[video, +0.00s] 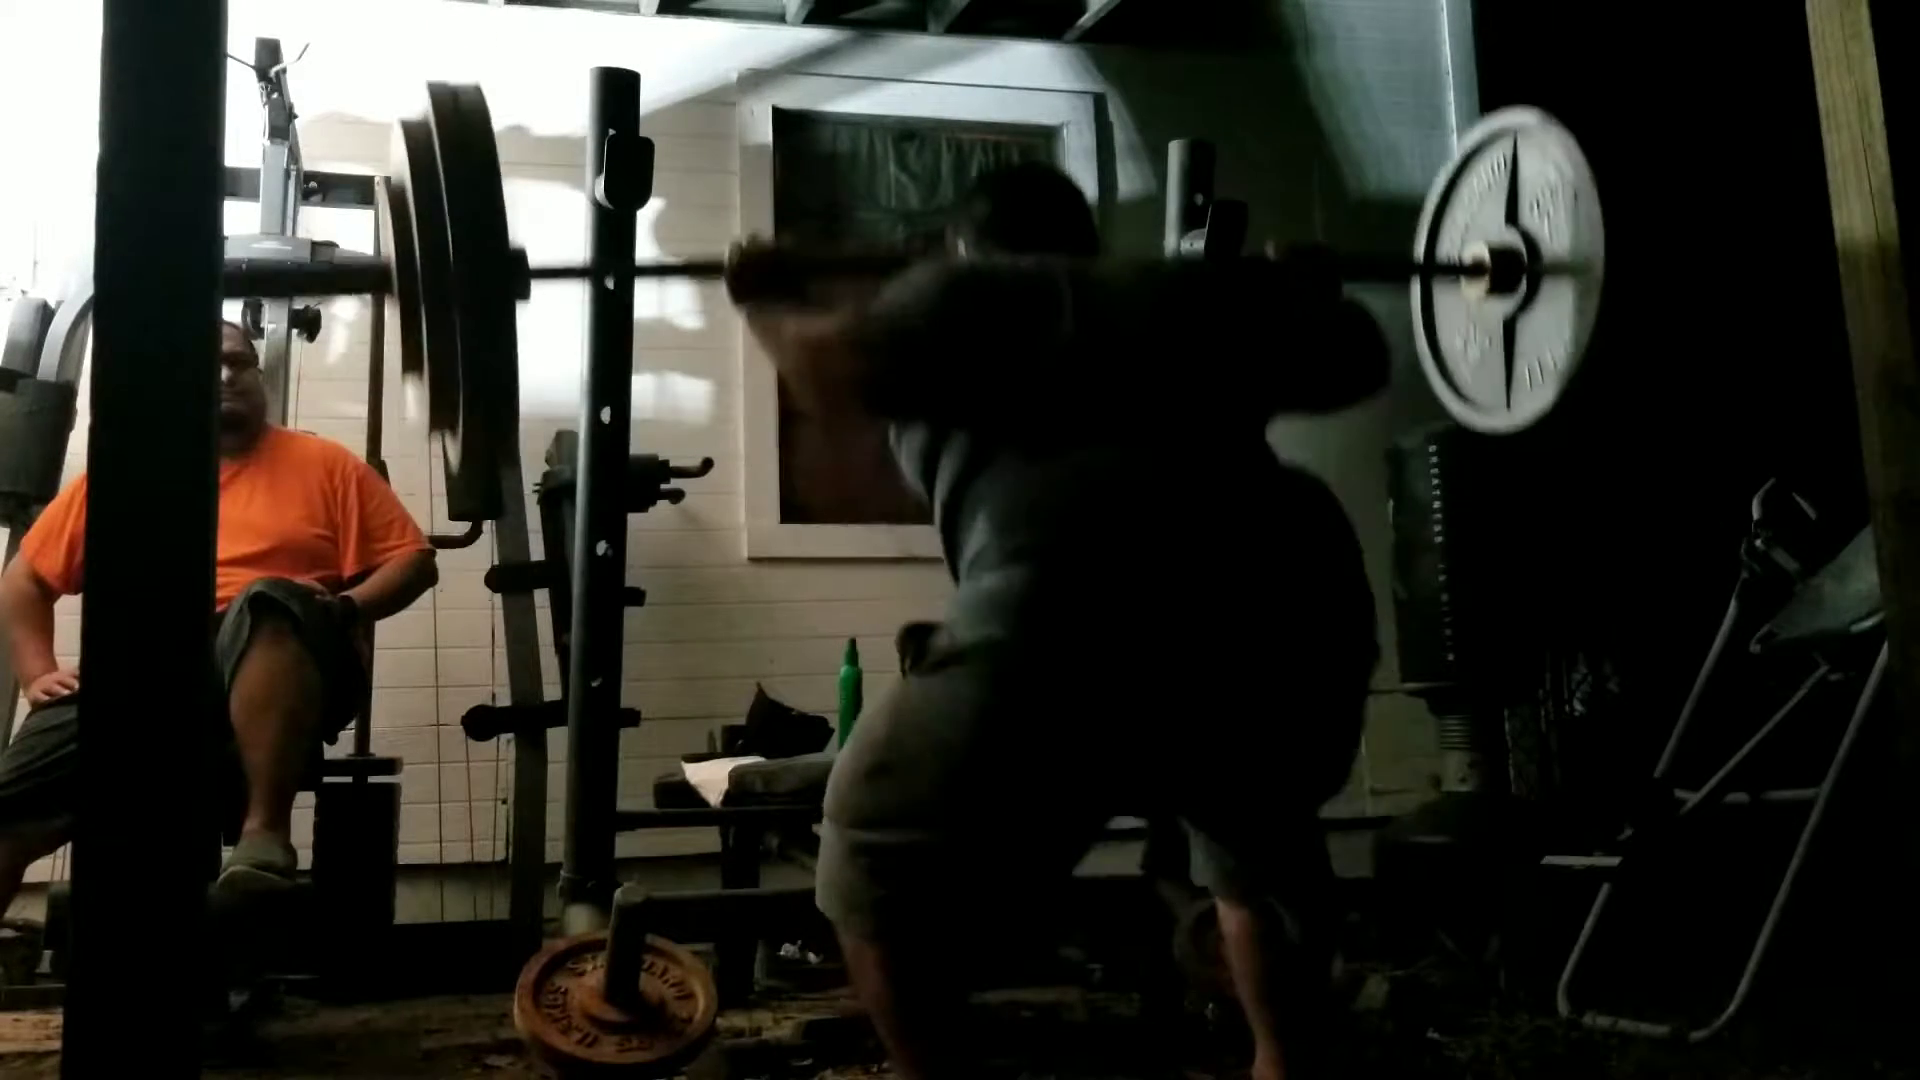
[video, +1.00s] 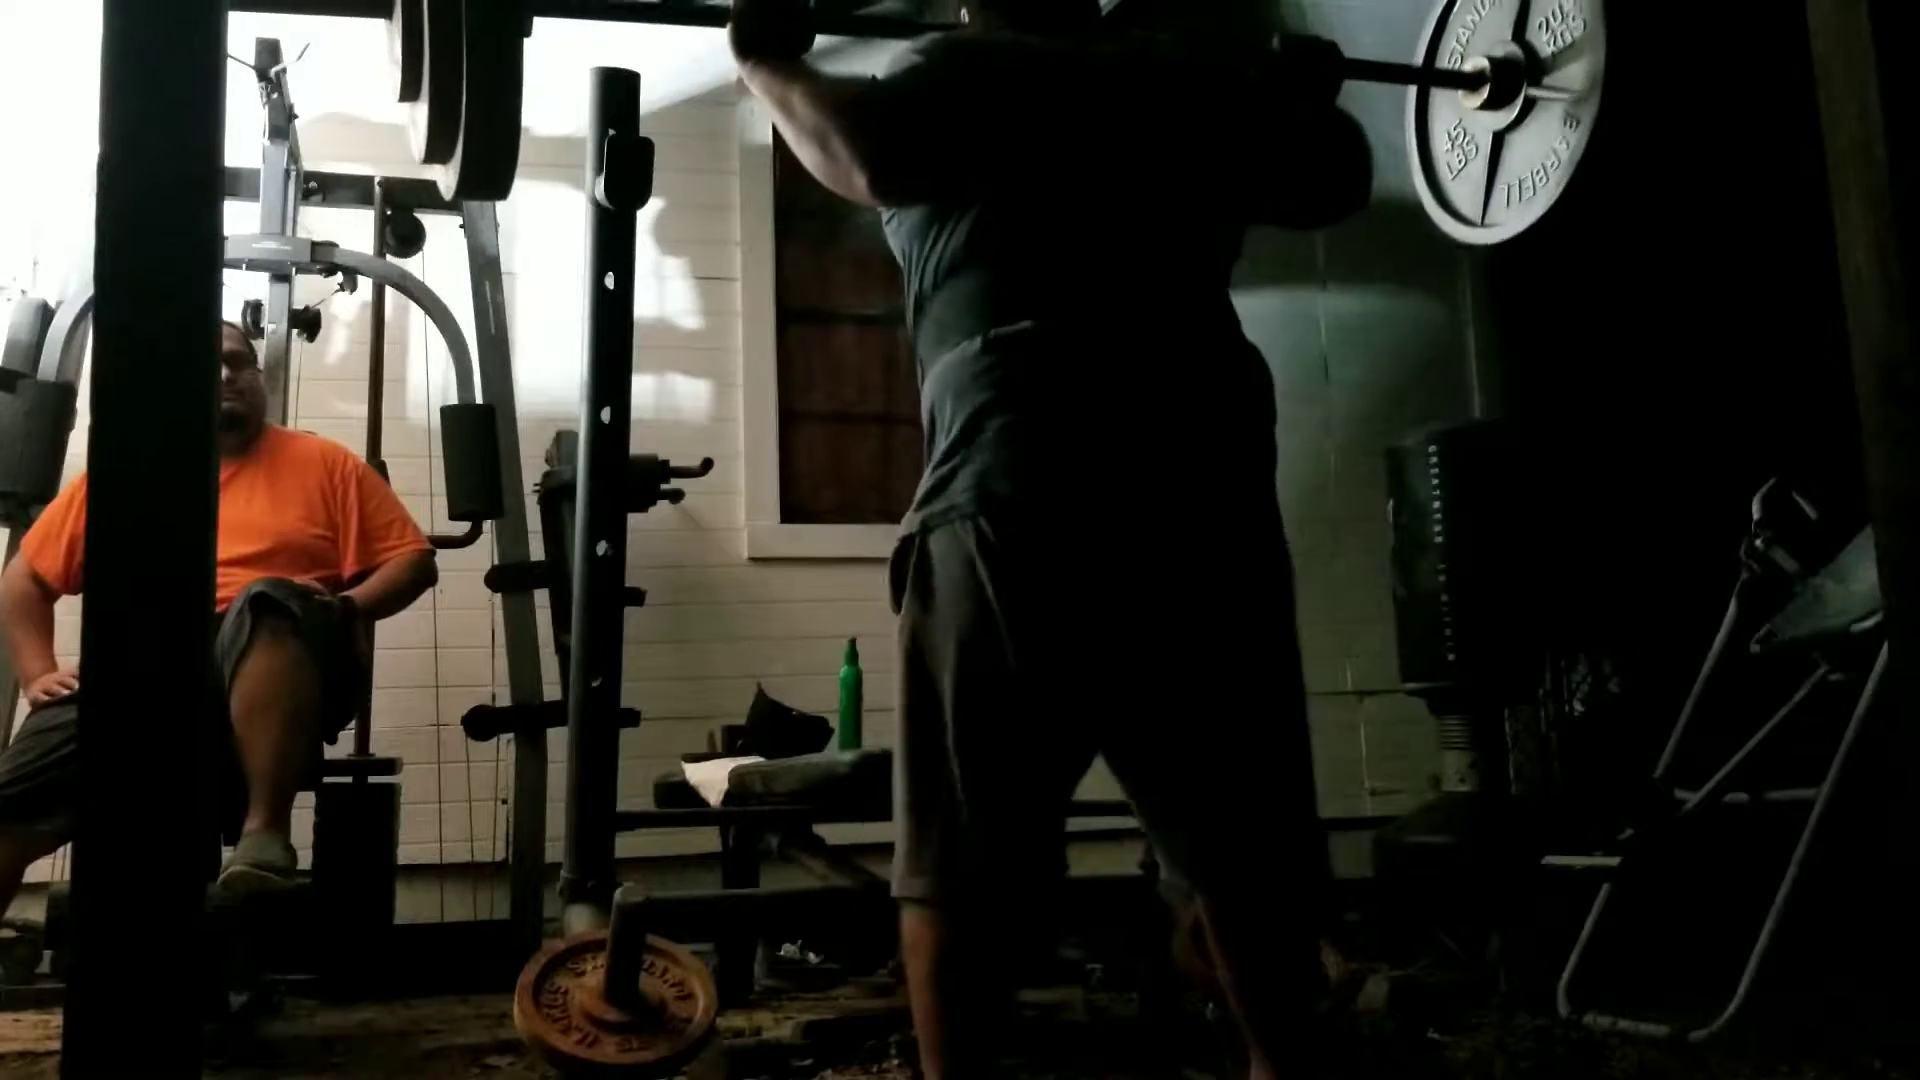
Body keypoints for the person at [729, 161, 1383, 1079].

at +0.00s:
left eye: (945, 247)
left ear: (960, 247)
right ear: (1092, 241)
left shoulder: (943, 308)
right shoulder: (1182, 301)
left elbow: (826, 367)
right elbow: (1356, 360)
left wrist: (767, 299)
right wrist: (1289, 279)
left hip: (1057, 620)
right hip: (1274, 608)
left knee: (877, 848)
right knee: (1256, 828)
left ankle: (924, 1062)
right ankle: (1284, 1058)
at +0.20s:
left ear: (958, 148)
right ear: (1090, 147)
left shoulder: (937, 210)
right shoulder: (1181, 213)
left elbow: (827, 270)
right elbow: (1339, 283)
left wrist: (763, 189)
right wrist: (1296, 187)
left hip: (1037, 546)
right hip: (1244, 540)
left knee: (891, 850)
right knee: (1243, 827)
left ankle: (931, 1059)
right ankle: (1280, 1055)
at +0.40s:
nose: (952, 46)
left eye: (957, 33)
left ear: (966, 43)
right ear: (1085, 38)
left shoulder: (937, 114)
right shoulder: (1182, 119)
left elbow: (834, 179)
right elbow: (1339, 197)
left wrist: (760, 102)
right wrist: (1296, 104)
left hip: (1008, 516)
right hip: (1209, 512)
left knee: (916, 845)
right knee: (1241, 833)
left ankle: (936, 1062)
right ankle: (1277, 1060)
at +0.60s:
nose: (935, 23)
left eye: (938, 11)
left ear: (962, 10)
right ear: (1089, 5)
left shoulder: (938, 76)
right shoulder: (1185, 82)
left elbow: (850, 155)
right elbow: (1334, 164)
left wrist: (755, 56)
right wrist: (1303, 78)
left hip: (1013, 478)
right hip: (1208, 475)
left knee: (960, 828)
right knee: (1244, 822)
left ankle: (952, 1066)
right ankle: (1279, 1059)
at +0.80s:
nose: (935, 23)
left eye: (940, 11)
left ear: (965, 8)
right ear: (1090, 2)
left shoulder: (942, 74)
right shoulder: (1184, 83)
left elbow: (859, 155)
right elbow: (1338, 169)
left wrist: (760, 58)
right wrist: (1308, 85)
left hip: (1009, 485)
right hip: (1200, 479)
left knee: (956, 839)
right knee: (1240, 823)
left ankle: (952, 1066)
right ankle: (1281, 1060)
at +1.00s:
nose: (937, 25)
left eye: (941, 13)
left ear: (967, 10)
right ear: (1092, 4)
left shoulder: (946, 77)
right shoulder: (1185, 87)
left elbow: (863, 160)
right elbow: (1336, 177)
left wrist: (764, 59)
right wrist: (1311, 87)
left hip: (1012, 487)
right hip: (1204, 482)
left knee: (960, 841)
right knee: (1242, 826)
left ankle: (954, 1063)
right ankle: (1283, 1057)